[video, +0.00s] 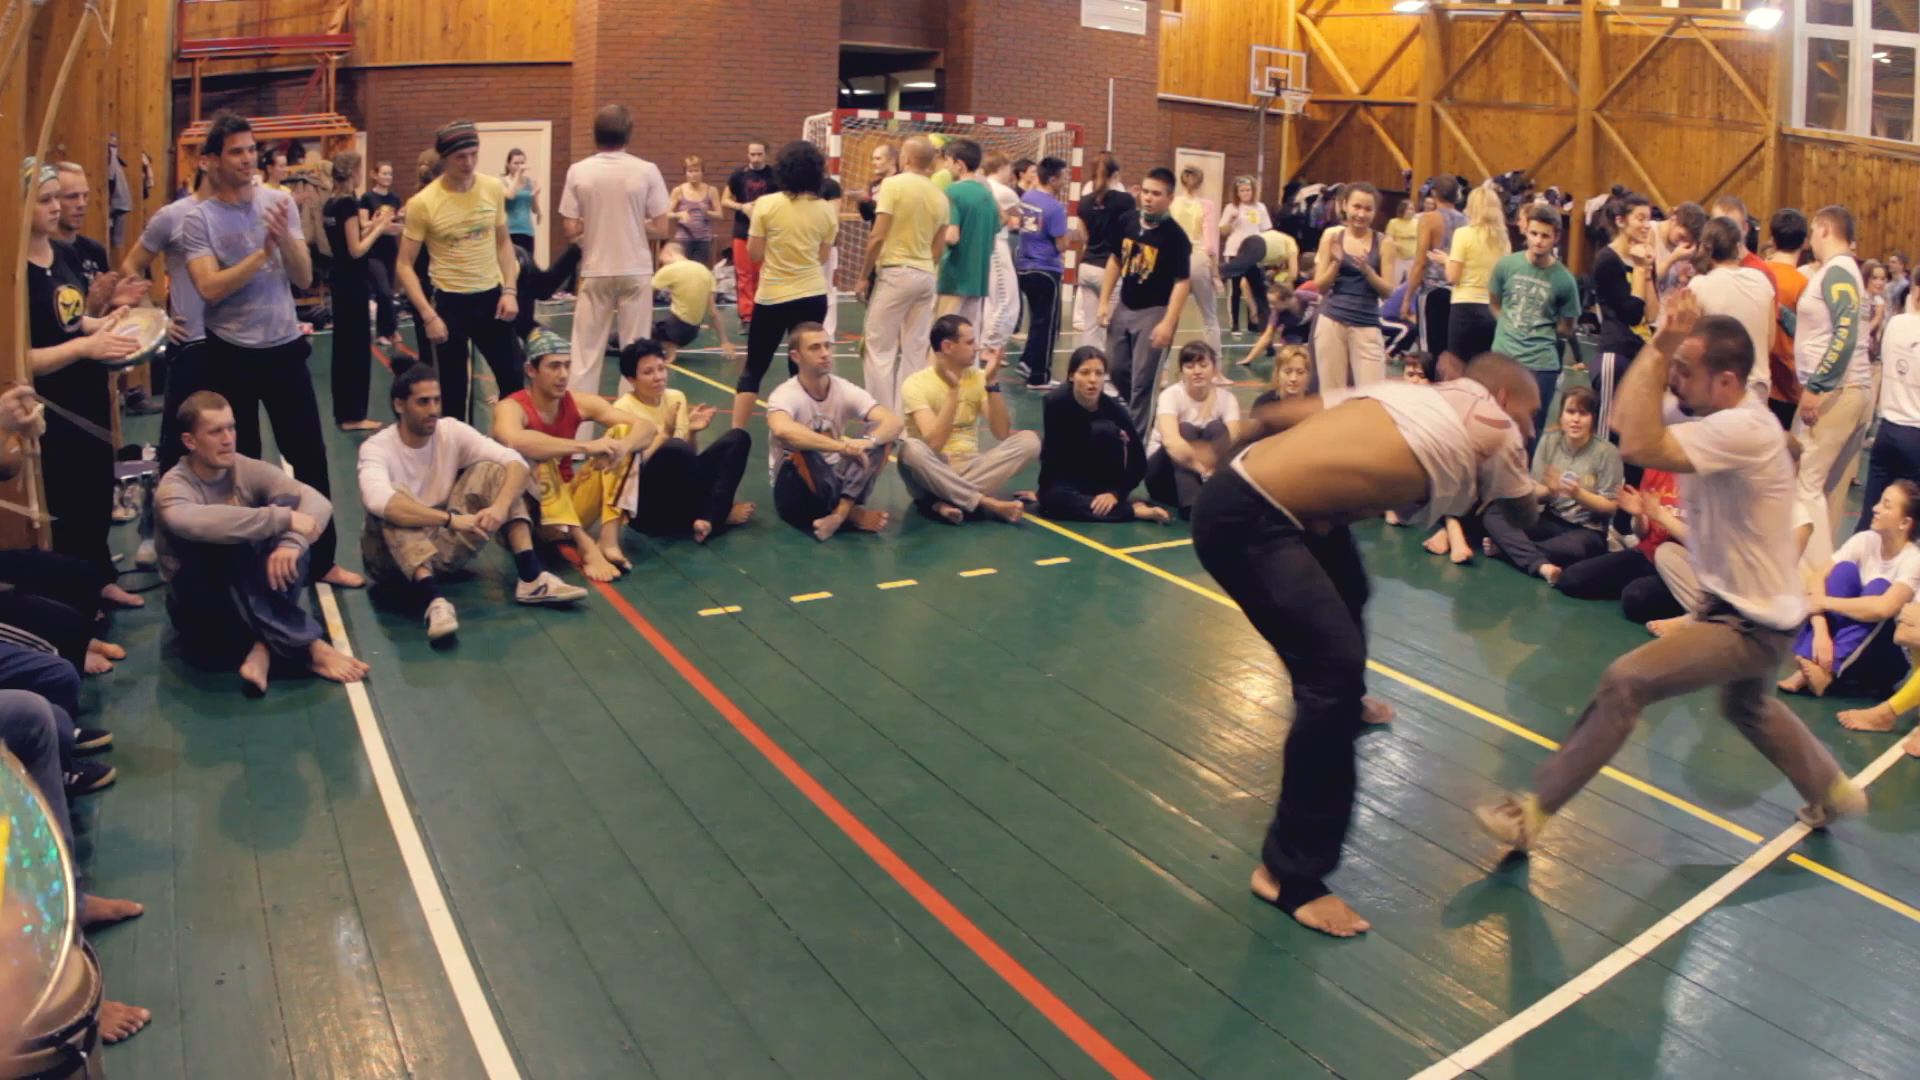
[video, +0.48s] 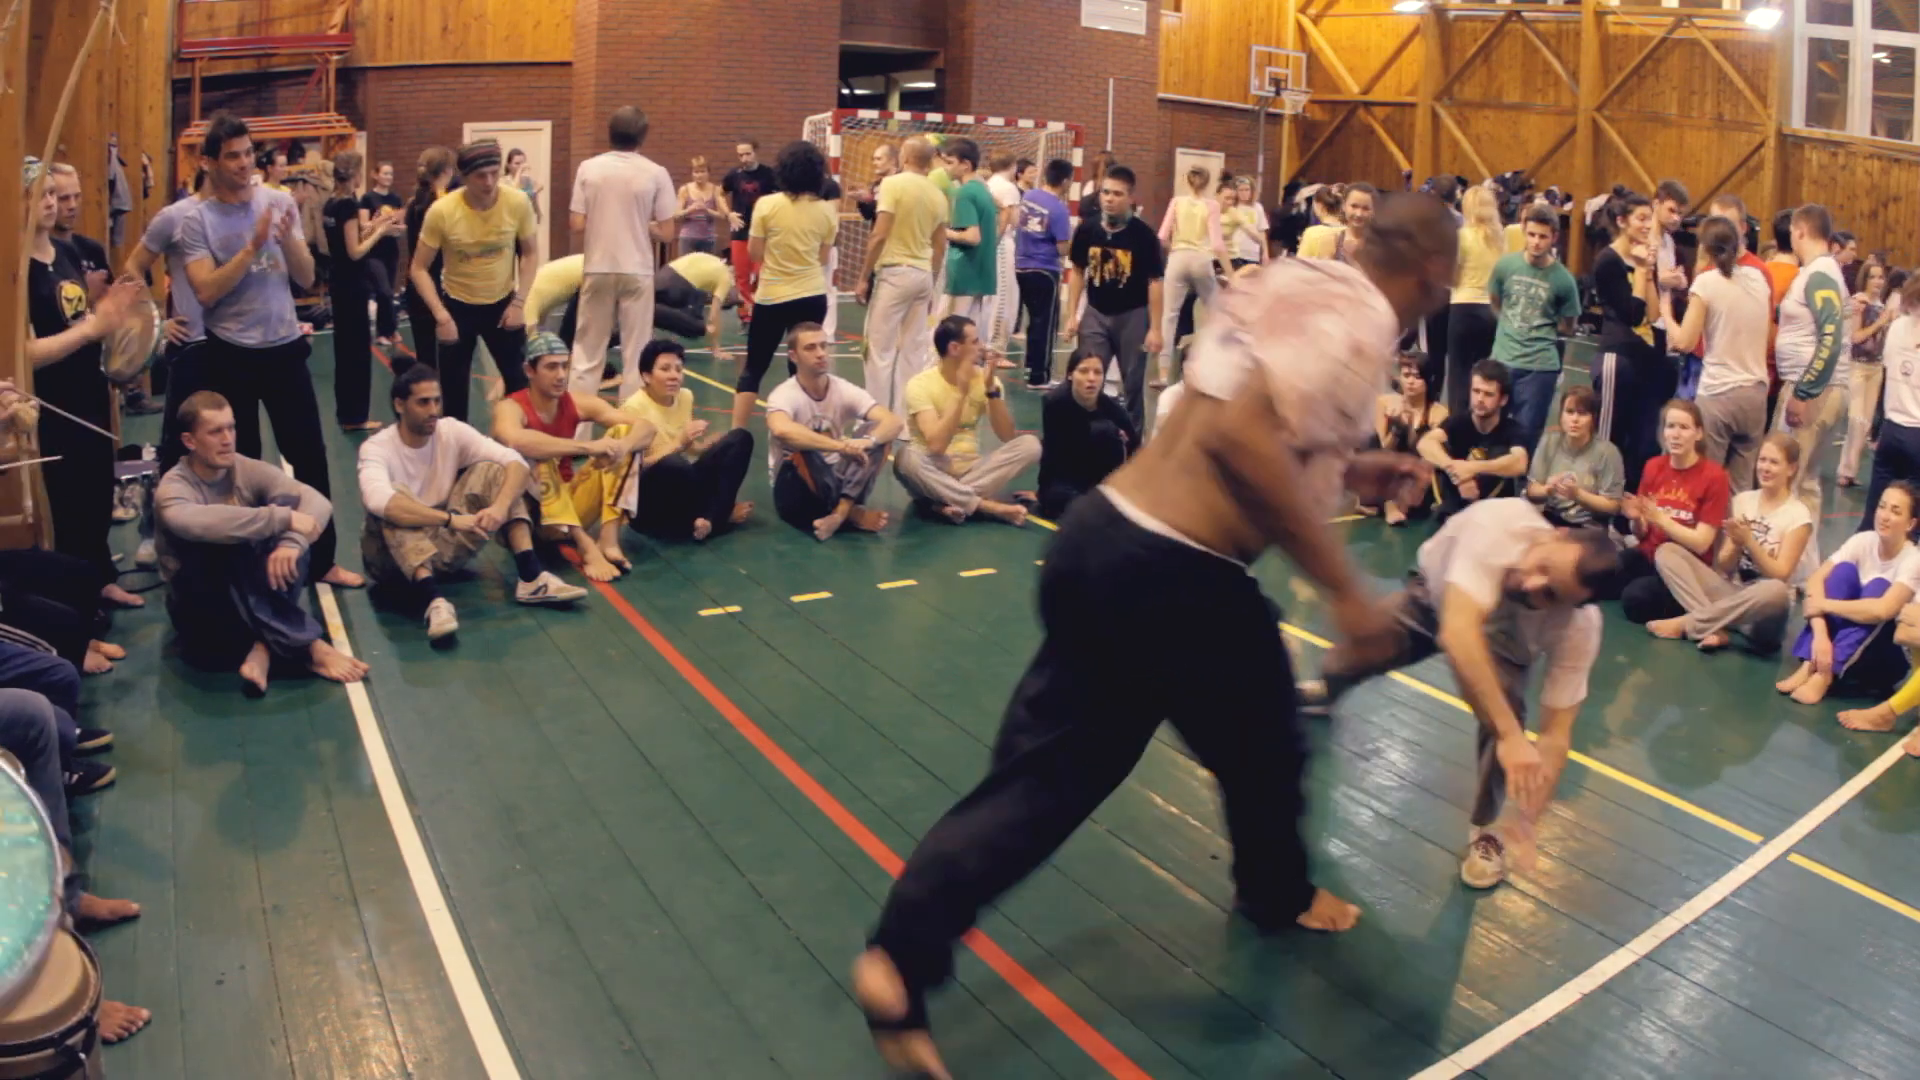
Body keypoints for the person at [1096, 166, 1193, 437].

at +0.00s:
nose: (1148, 198)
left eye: (1156, 193)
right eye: (1145, 191)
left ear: (1170, 199)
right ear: (1140, 192)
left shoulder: (1177, 237)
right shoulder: (1129, 222)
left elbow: (1182, 283)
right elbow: (1115, 261)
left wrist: (1169, 323)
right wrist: (1104, 301)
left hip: (1152, 314)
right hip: (1123, 309)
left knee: (1140, 383)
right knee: (1116, 372)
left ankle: (1135, 440)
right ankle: (1133, 423)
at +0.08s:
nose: (1145, 198)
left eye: (1153, 194)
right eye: (1142, 192)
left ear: (1167, 200)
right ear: (1136, 192)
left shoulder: (1173, 237)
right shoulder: (1124, 221)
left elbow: (1177, 282)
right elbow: (1111, 261)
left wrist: (1157, 317)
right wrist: (1098, 299)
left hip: (1149, 314)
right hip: (1119, 307)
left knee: (1139, 375)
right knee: (1106, 360)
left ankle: (1136, 429)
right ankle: (1121, 411)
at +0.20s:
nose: (1139, 197)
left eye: (1147, 193)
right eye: (1136, 191)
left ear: (1161, 198)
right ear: (1130, 191)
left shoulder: (1167, 236)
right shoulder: (1115, 221)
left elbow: (1170, 280)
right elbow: (1104, 261)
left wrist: (1146, 310)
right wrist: (1089, 300)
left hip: (1145, 313)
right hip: (1110, 306)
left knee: (1136, 378)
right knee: (1098, 370)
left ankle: (1133, 435)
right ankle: (1098, 426)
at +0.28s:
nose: (1133, 198)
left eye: (1141, 193)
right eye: (1130, 191)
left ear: (1154, 197)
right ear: (1124, 192)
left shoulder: (1163, 236)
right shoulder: (1107, 223)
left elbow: (1168, 281)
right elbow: (1098, 264)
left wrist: (1143, 314)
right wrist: (1083, 304)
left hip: (1141, 316)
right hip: (1107, 310)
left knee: (1135, 383)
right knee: (1096, 375)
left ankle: (1133, 436)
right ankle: (1091, 431)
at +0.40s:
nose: (1120, 199)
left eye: (1128, 194)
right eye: (1116, 193)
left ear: (1141, 198)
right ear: (1110, 194)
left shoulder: (1152, 237)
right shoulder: (1097, 227)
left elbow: (1161, 282)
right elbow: (1084, 266)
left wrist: (1149, 325)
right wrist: (1077, 309)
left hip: (1136, 316)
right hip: (1100, 312)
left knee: (1135, 384)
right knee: (1089, 376)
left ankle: (1133, 437)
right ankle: (1082, 433)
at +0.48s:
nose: (1110, 199)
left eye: (1117, 194)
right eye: (1106, 192)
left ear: (1131, 198)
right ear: (1099, 195)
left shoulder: (1145, 236)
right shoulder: (1087, 230)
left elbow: (1155, 281)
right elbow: (1077, 271)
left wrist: (1155, 328)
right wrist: (1071, 314)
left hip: (1132, 316)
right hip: (1095, 314)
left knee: (1132, 383)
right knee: (1087, 379)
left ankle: (1133, 439)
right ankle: (1083, 436)